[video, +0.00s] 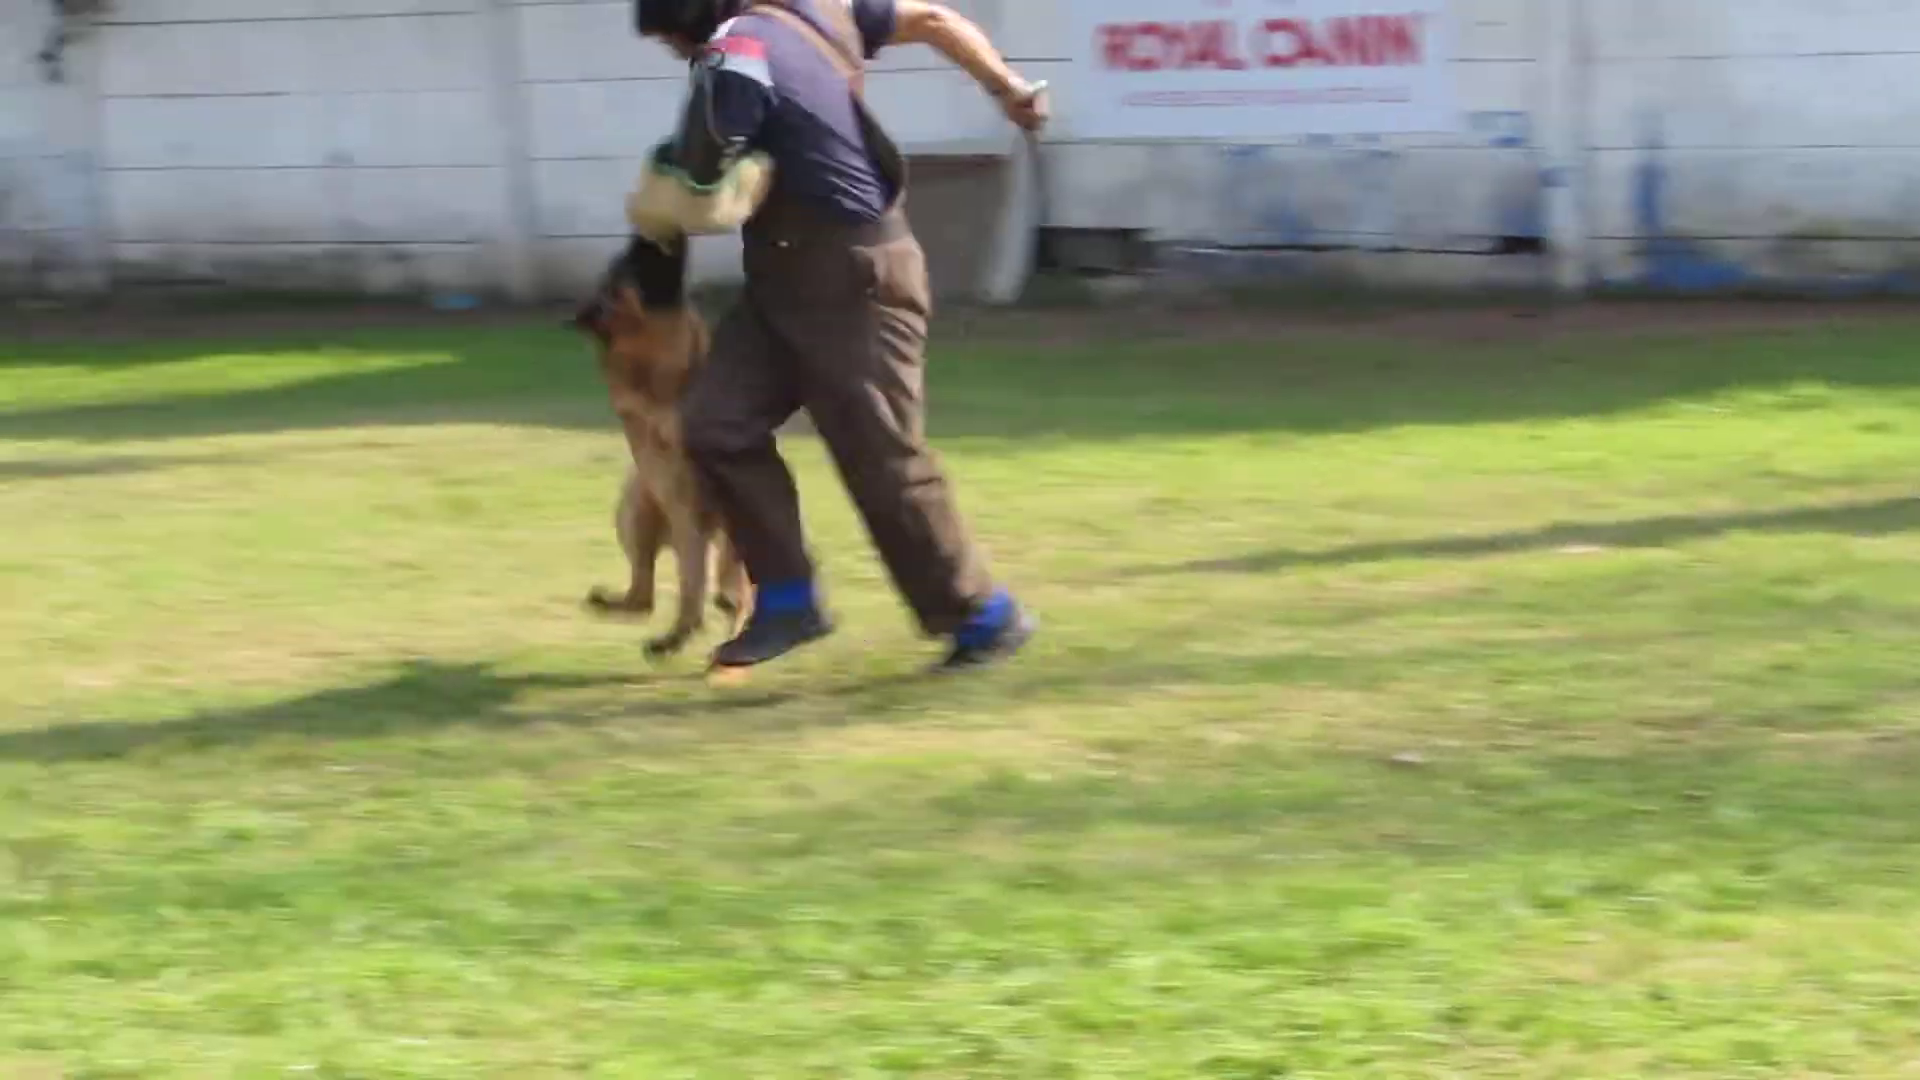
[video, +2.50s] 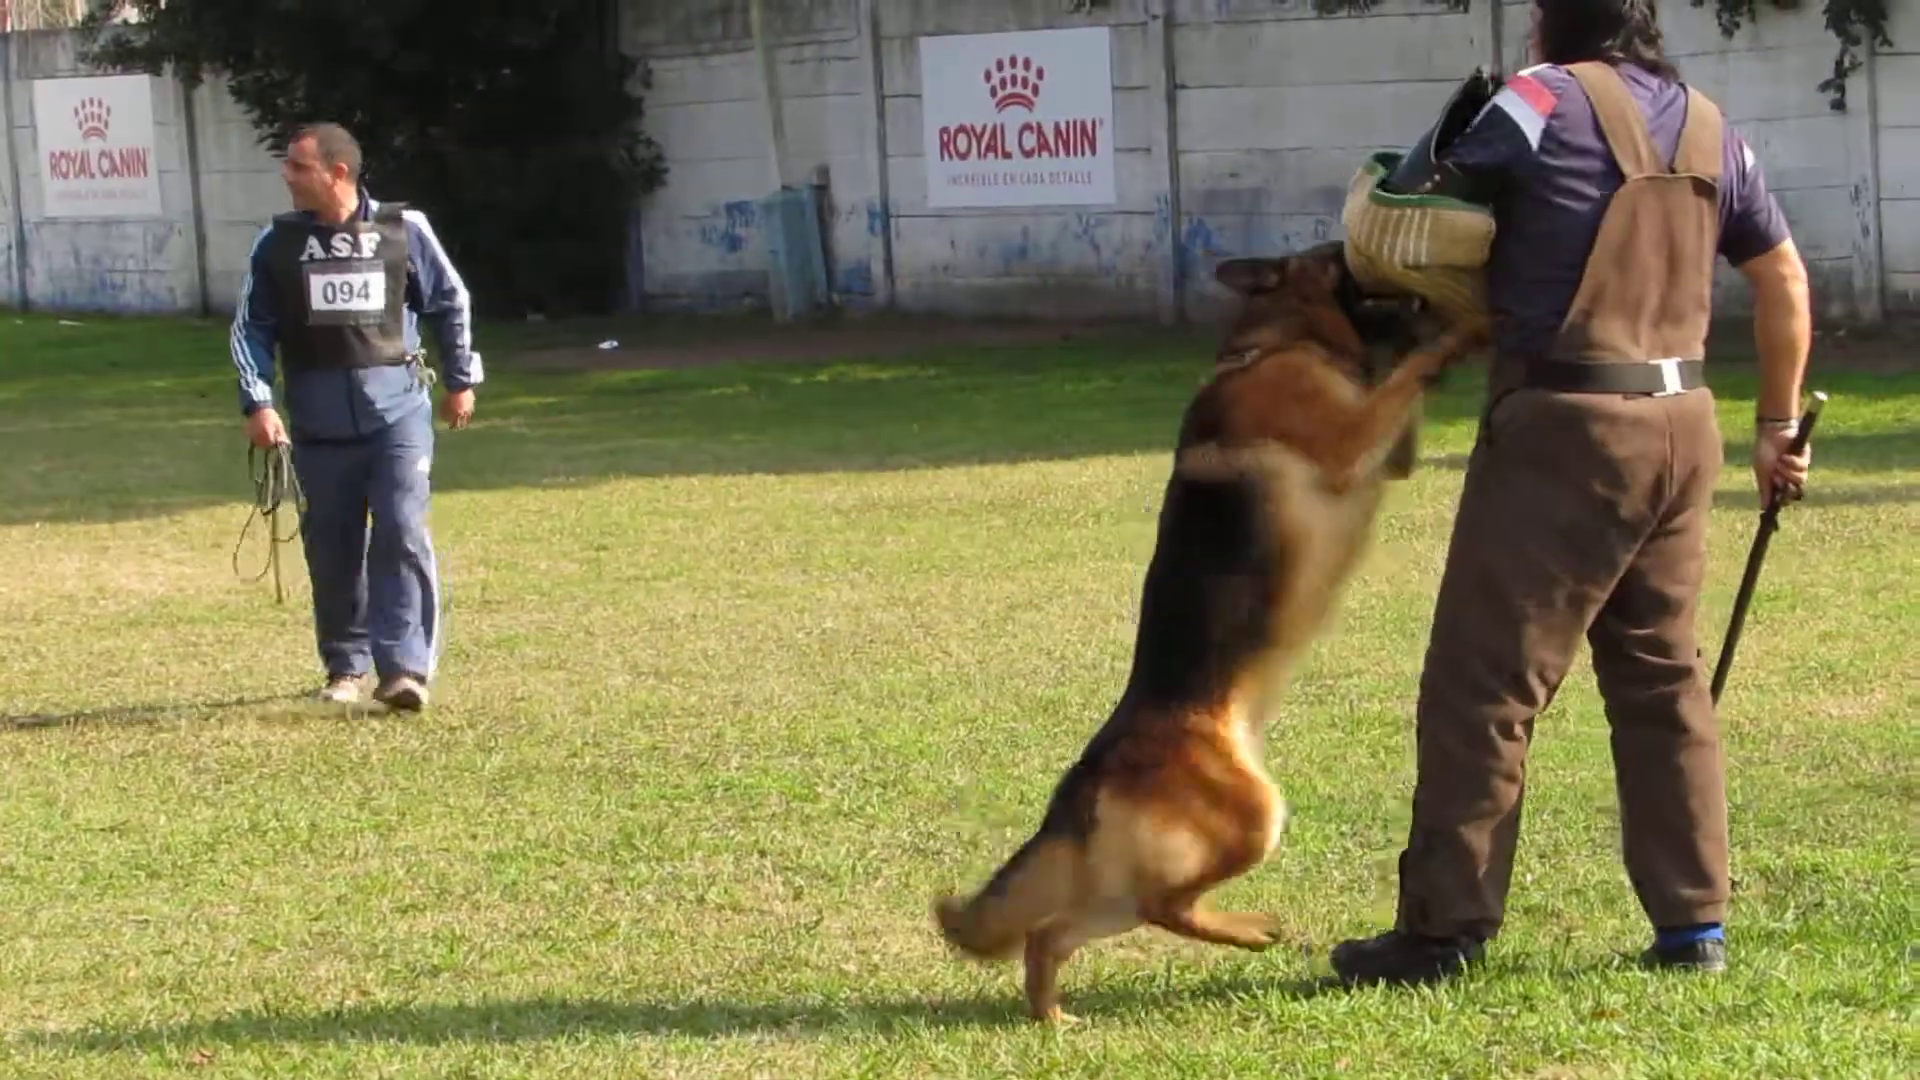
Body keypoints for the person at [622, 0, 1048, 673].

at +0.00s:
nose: (670, 52)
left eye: (667, 39)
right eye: (661, 41)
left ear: (691, 18)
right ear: (722, 2)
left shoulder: (734, 57)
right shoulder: (815, 11)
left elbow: (713, 199)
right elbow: (936, 18)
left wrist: (650, 193)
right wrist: (1009, 85)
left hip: (856, 274)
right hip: (793, 279)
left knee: (886, 459)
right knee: (719, 426)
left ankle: (982, 615)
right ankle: (787, 602)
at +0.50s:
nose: (919, 113)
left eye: (914, 98)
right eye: (909, 102)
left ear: (938, 74)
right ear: (971, 44)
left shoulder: (990, 101)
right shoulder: (1069, 64)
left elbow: (949, 237)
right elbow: (1193, 99)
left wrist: (885, 252)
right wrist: (1224, 199)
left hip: (1105, 345)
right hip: (1043, 348)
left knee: (1119, 547)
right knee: (960, 514)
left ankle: (1207, 725)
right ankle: (1044, 701)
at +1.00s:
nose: (1067, 134)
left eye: (1068, 116)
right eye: (1062, 119)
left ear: (1096, 98)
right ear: (1142, 83)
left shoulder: (1134, 140)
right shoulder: (1210, 147)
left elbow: (1074, 287)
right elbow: (1309, 262)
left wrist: (996, 272)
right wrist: (1314, 399)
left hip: (1171, 435)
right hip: (1186, 430)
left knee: (1064, 641)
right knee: (1064, 620)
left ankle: (1064, 879)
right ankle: (1208, 769)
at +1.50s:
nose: (1402, 122)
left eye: (1405, 107)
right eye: (1405, 109)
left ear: (1425, 102)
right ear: (1512, 92)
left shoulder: (1407, 167)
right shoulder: (1597, 177)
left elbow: (1344, 329)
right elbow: (1675, 324)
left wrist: (1331, 429)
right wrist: (1627, 439)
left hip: (1454, 443)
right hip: (1567, 456)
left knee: (1377, 690)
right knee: (1472, 683)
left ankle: (1390, 935)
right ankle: (1494, 887)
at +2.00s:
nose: (1419, 38)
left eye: (1424, 25)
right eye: (1422, 28)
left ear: (1450, 26)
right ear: (1531, 32)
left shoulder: (1444, 99)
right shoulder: (1595, 131)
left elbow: (1364, 233)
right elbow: (1666, 285)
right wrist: (1662, 431)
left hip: (1474, 425)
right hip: (1585, 422)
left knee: (1418, 687)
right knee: (1577, 674)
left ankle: (1405, 941)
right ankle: (1666, 912)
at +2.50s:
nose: (1532, 31)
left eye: (1534, 21)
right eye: (1537, 22)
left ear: (1554, 26)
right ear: (1638, 24)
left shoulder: (1541, 93)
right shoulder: (1709, 124)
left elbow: (1436, 215)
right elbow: (1784, 277)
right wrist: (1781, 423)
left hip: (1566, 429)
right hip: (1684, 427)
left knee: (1484, 680)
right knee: (1663, 672)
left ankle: (1441, 930)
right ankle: (1693, 922)